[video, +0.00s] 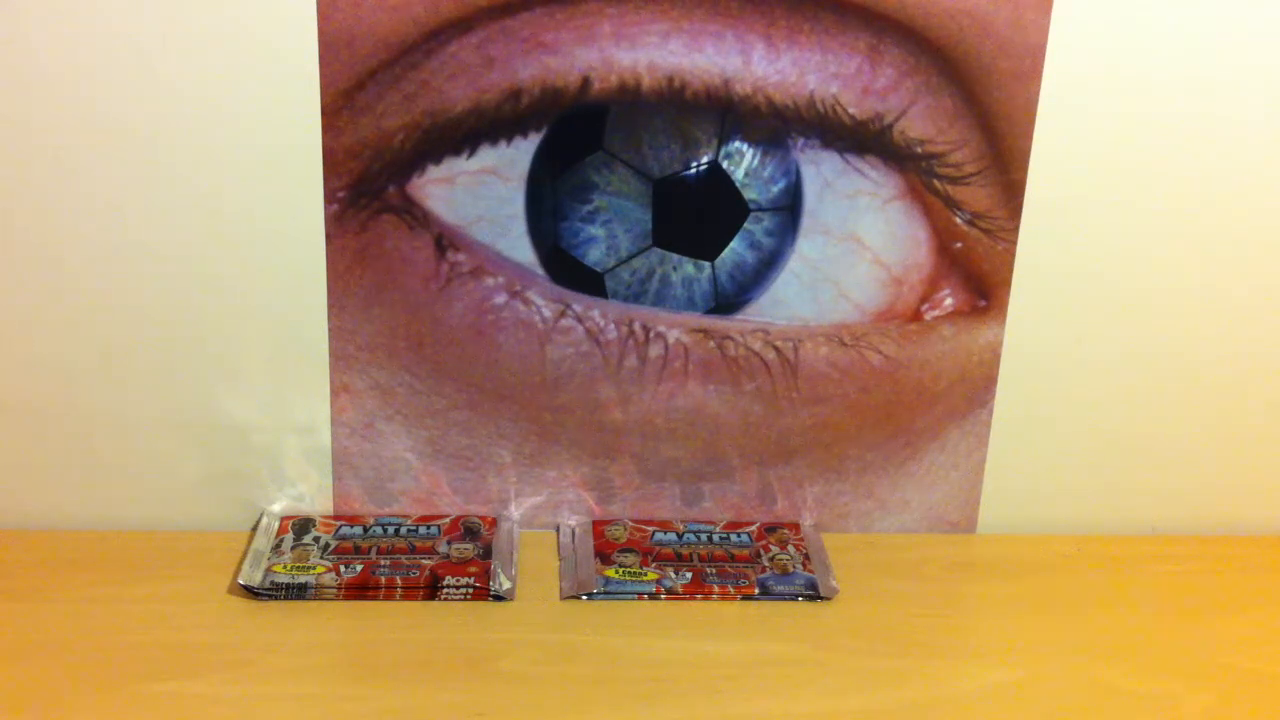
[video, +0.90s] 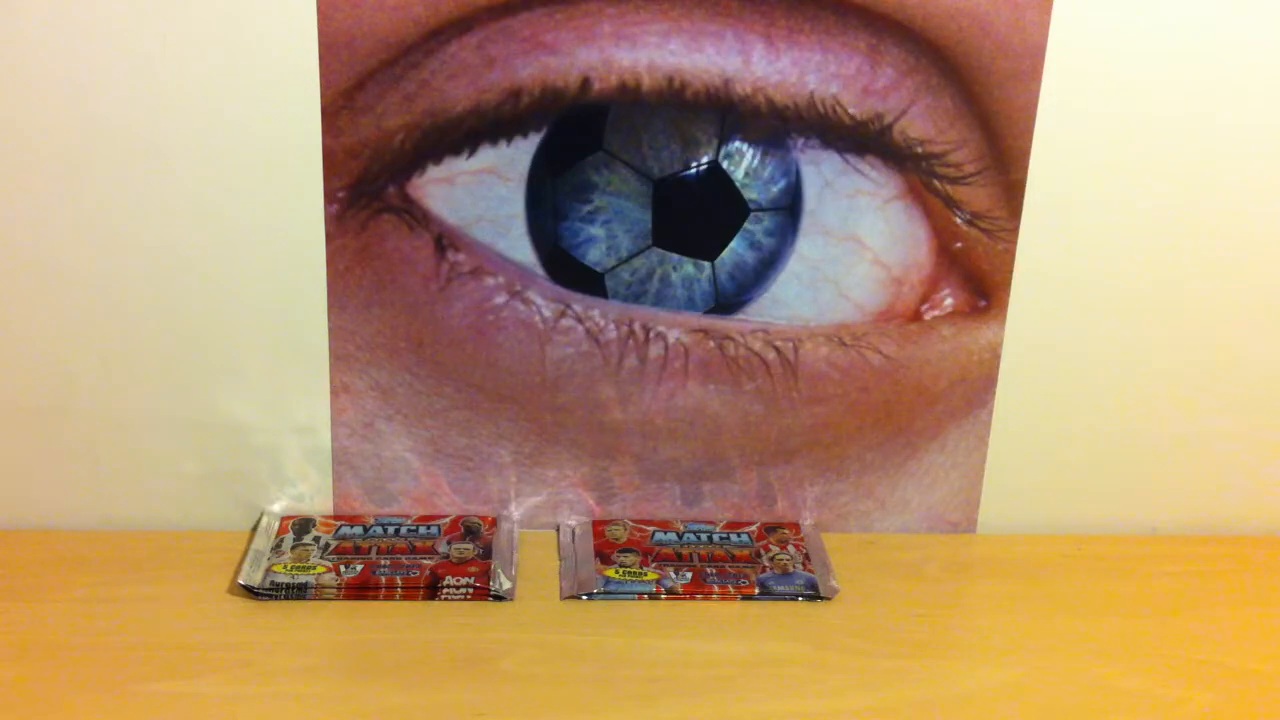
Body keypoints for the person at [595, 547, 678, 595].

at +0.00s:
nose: (621, 560)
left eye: (626, 557)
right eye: (619, 557)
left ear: (638, 558)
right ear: (616, 558)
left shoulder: (651, 573)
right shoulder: (609, 571)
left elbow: (673, 589)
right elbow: (596, 589)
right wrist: (597, 574)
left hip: (640, 606)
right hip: (612, 605)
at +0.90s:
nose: (621, 560)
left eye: (626, 557)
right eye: (619, 557)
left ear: (638, 558)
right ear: (616, 558)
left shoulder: (650, 573)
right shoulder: (610, 571)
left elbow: (665, 582)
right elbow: (597, 586)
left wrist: (672, 588)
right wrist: (597, 574)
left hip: (642, 604)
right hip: (614, 604)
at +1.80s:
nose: (621, 560)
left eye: (626, 557)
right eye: (619, 557)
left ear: (638, 558)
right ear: (616, 558)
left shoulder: (651, 573)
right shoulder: (609, 571)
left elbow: (666, 583)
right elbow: (597, 587)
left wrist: (673, 588)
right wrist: (597, 573)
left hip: (641, 605)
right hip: (612, 604)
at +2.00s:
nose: (621, 560)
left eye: (626, 557)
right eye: (619, 557)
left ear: (638, 558)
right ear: (617, 558)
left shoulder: (651, 573)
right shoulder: (609, 572)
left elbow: (668, 585)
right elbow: (597, 588)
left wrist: (674, 588)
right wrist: (597, 573)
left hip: (641, 606)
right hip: (612, 606)